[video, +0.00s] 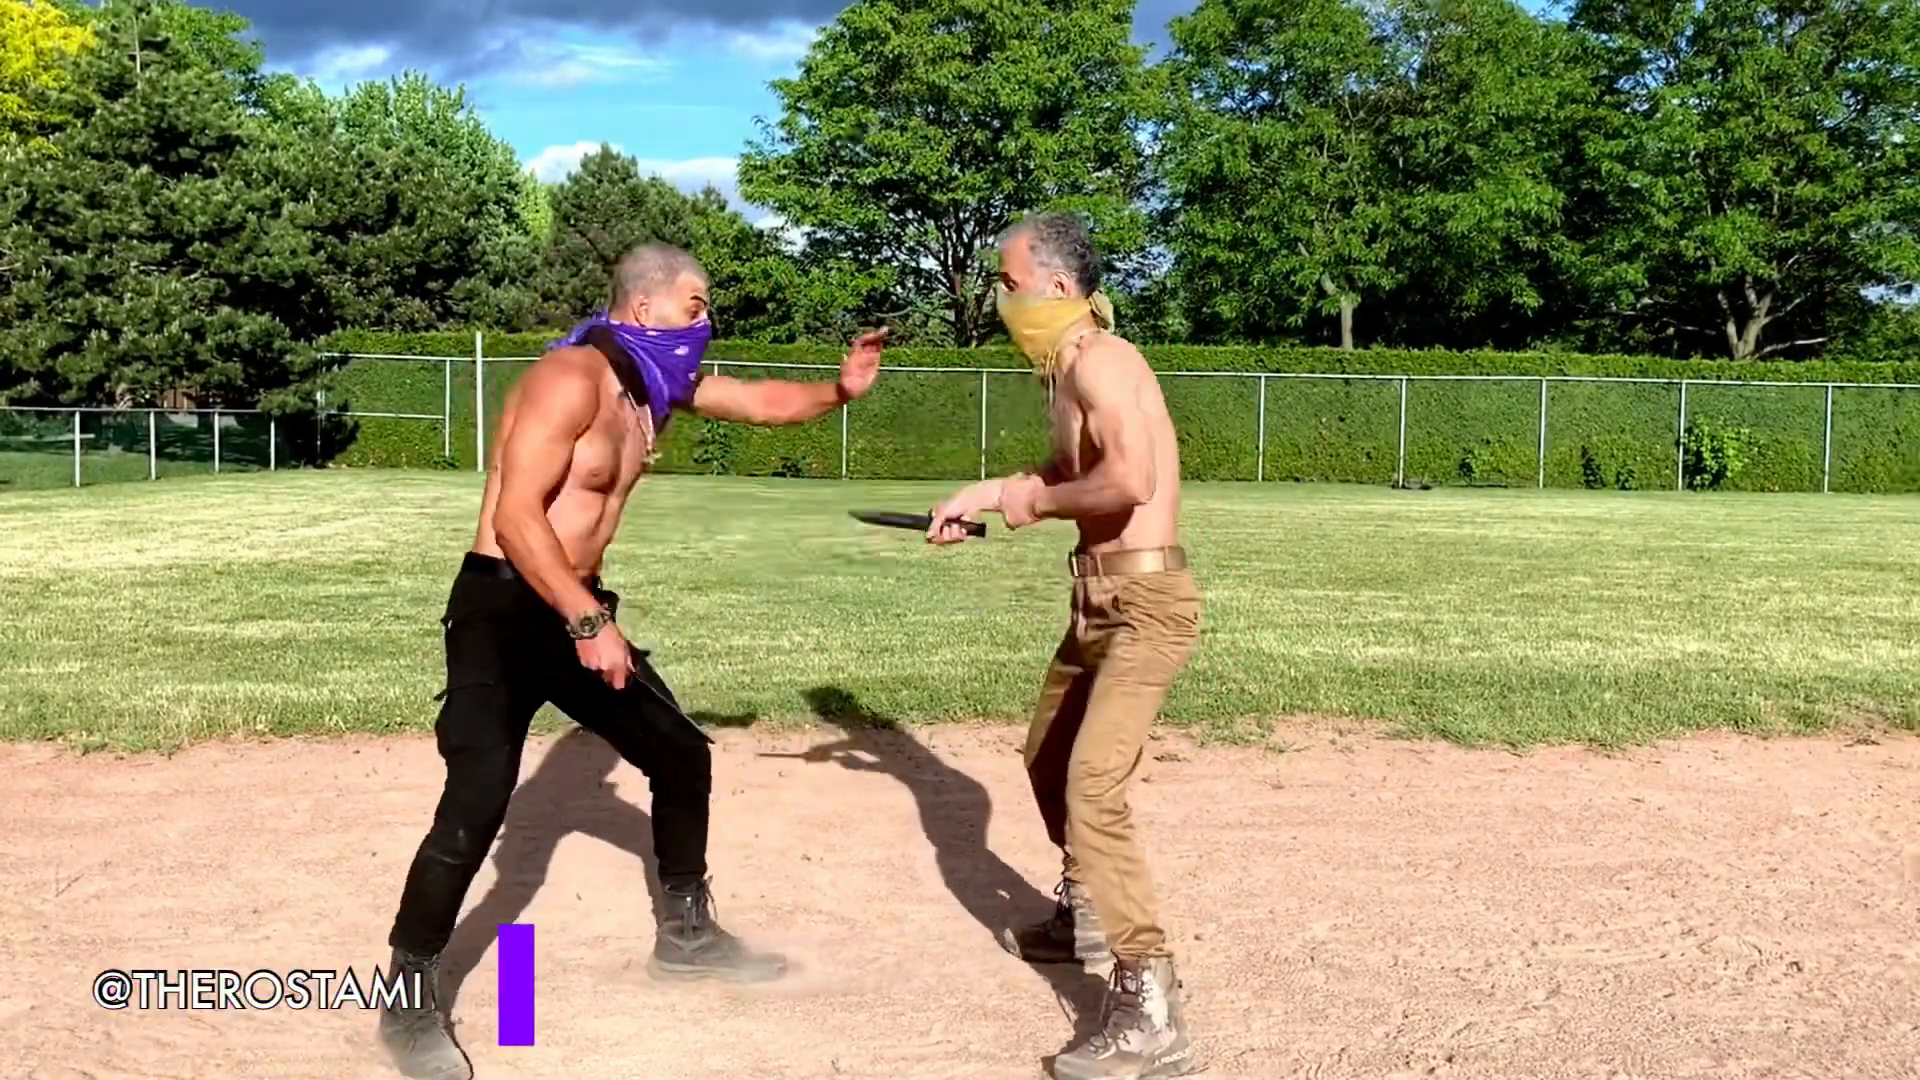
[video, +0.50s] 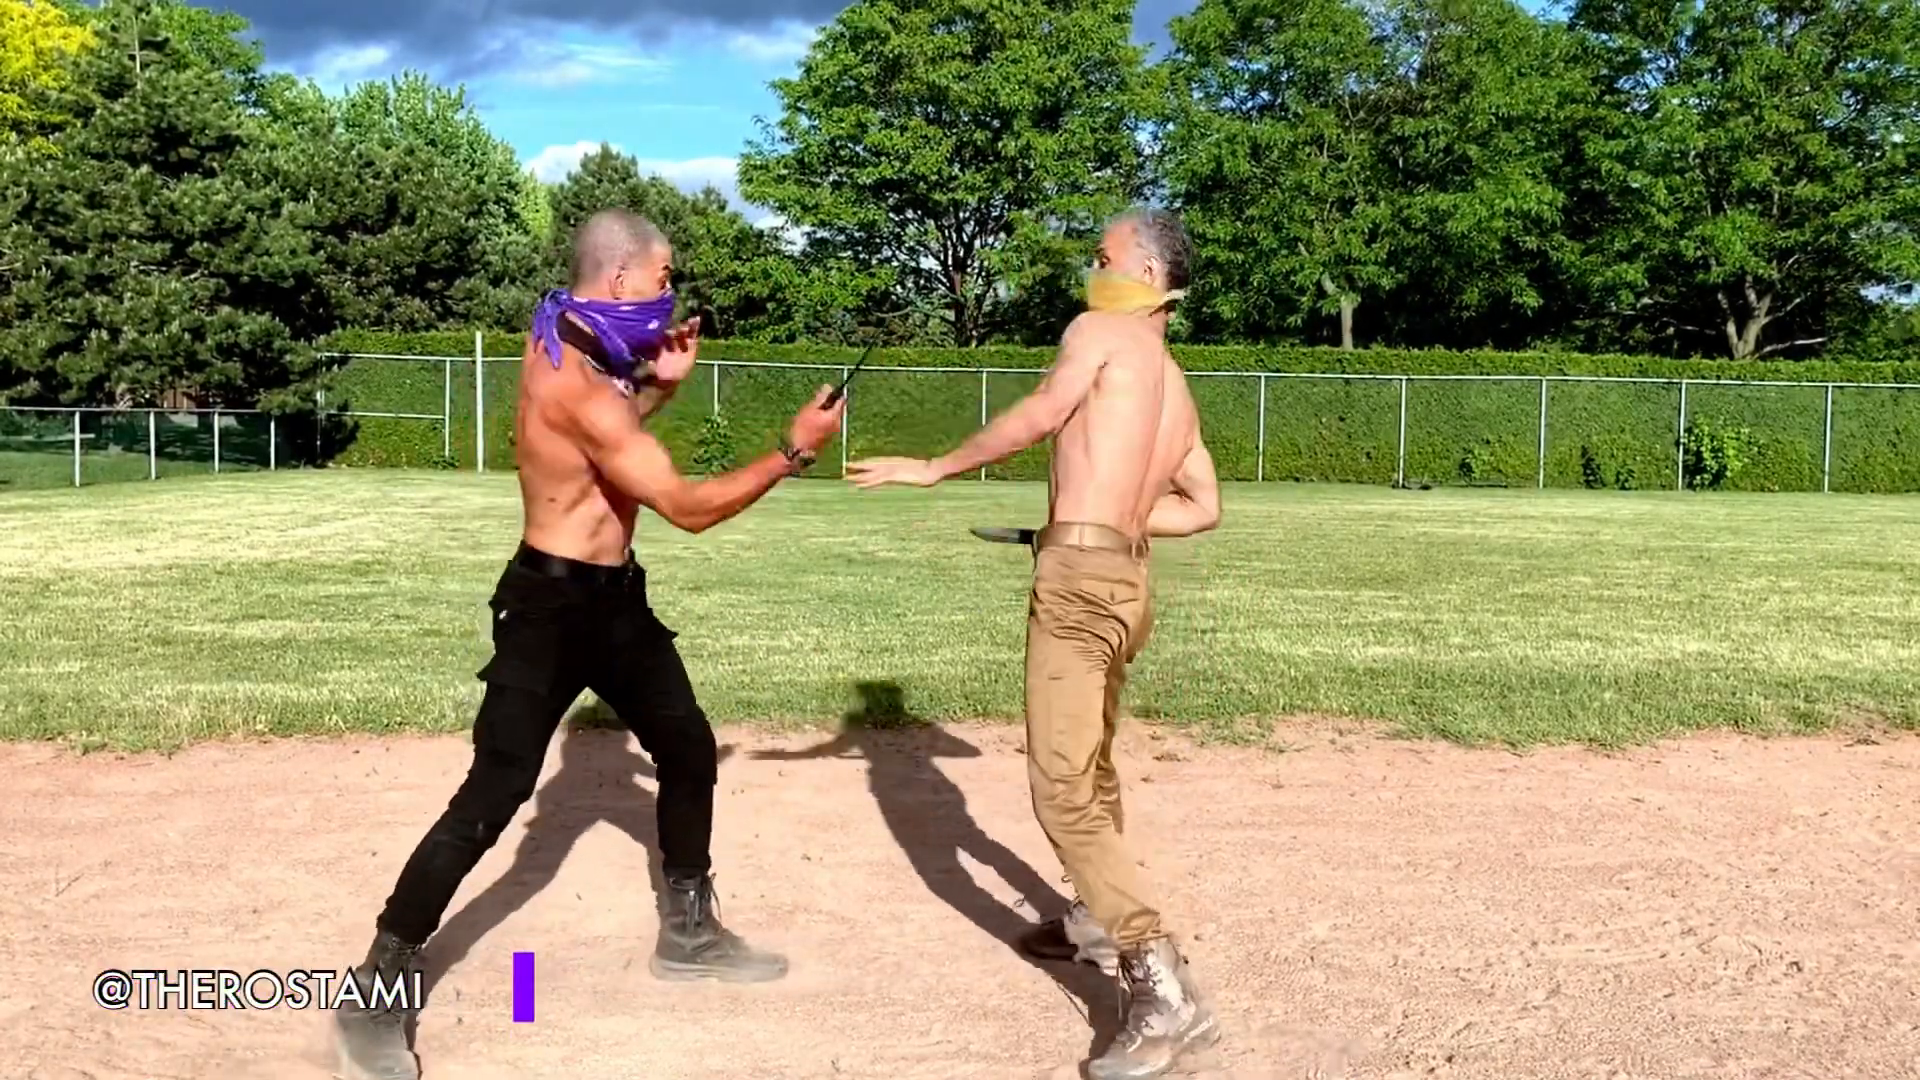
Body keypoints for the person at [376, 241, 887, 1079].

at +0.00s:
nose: (705, 326)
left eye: (706, 311)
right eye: (695, 309)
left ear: (659, 311)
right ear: (641, 307)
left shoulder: (650, 384)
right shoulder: (568, 378)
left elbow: (757, 399)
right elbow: (516, 513)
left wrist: (840, 390)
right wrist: (591, 618)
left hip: (572, 611)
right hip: (499, 607)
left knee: (681, 756)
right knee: (476, 804)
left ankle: (687, 932)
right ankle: (408, 993)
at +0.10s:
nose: (676, 337)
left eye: (679, 322)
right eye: (664, 320)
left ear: (639, 323)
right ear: (609, 322)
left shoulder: (661, 391)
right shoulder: (530, 395)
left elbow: (767, 403)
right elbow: (443, 513)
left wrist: (869, 460)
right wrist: (486, 609)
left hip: (597, 630)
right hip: (511, 629)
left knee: (712, 764)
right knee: (458, 823)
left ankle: (688, 934)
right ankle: (362, 1001)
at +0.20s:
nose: (654, 334)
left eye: (657, 322)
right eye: (642, 318)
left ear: (633, 326)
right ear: (586, 319)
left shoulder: (634, 397)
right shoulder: (514, 417)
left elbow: (672, 423)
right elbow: (482, 554)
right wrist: (562, 618)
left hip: (609, 626)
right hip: (524, 637)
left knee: (720, 762)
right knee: (465, 828)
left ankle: (690, 932)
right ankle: (358, 1000)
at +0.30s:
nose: (665, 318)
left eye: (665, 304)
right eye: (655, 303)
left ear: (607, 307)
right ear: (602, 304)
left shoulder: (606, 396)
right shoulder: (556, 398)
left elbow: (675, 433)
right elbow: (593, 548)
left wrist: (690, 380)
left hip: (601, 625)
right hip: (537, 631)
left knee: (702, 753)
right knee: (492, 819)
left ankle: (689, 931)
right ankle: (362, 997)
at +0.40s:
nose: (663, 304)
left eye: (662, 288)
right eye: (656, 288)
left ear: (590, 286)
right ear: (613, 291)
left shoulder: (542, 350)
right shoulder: (610, 397)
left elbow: (596, 427)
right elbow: (736, 469)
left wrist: (672, 411)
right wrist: (843, 412)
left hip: (594, 612)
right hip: (544, 617)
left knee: (683, 752)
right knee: (485, 810)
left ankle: (688, 931)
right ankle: (366, 994)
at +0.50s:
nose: (667, 298)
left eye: (669, 284)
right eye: (661, 283)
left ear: (603, 277)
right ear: (618, 280)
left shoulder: (564, 337)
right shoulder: (584, 388)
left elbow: (597, 457)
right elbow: (688, 507)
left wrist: (658, 393)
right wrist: (792, 451)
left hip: (612, 596)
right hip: (549, 602)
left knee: (689, 752)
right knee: (492, 795)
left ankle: (689, 931)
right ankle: (380, 984)